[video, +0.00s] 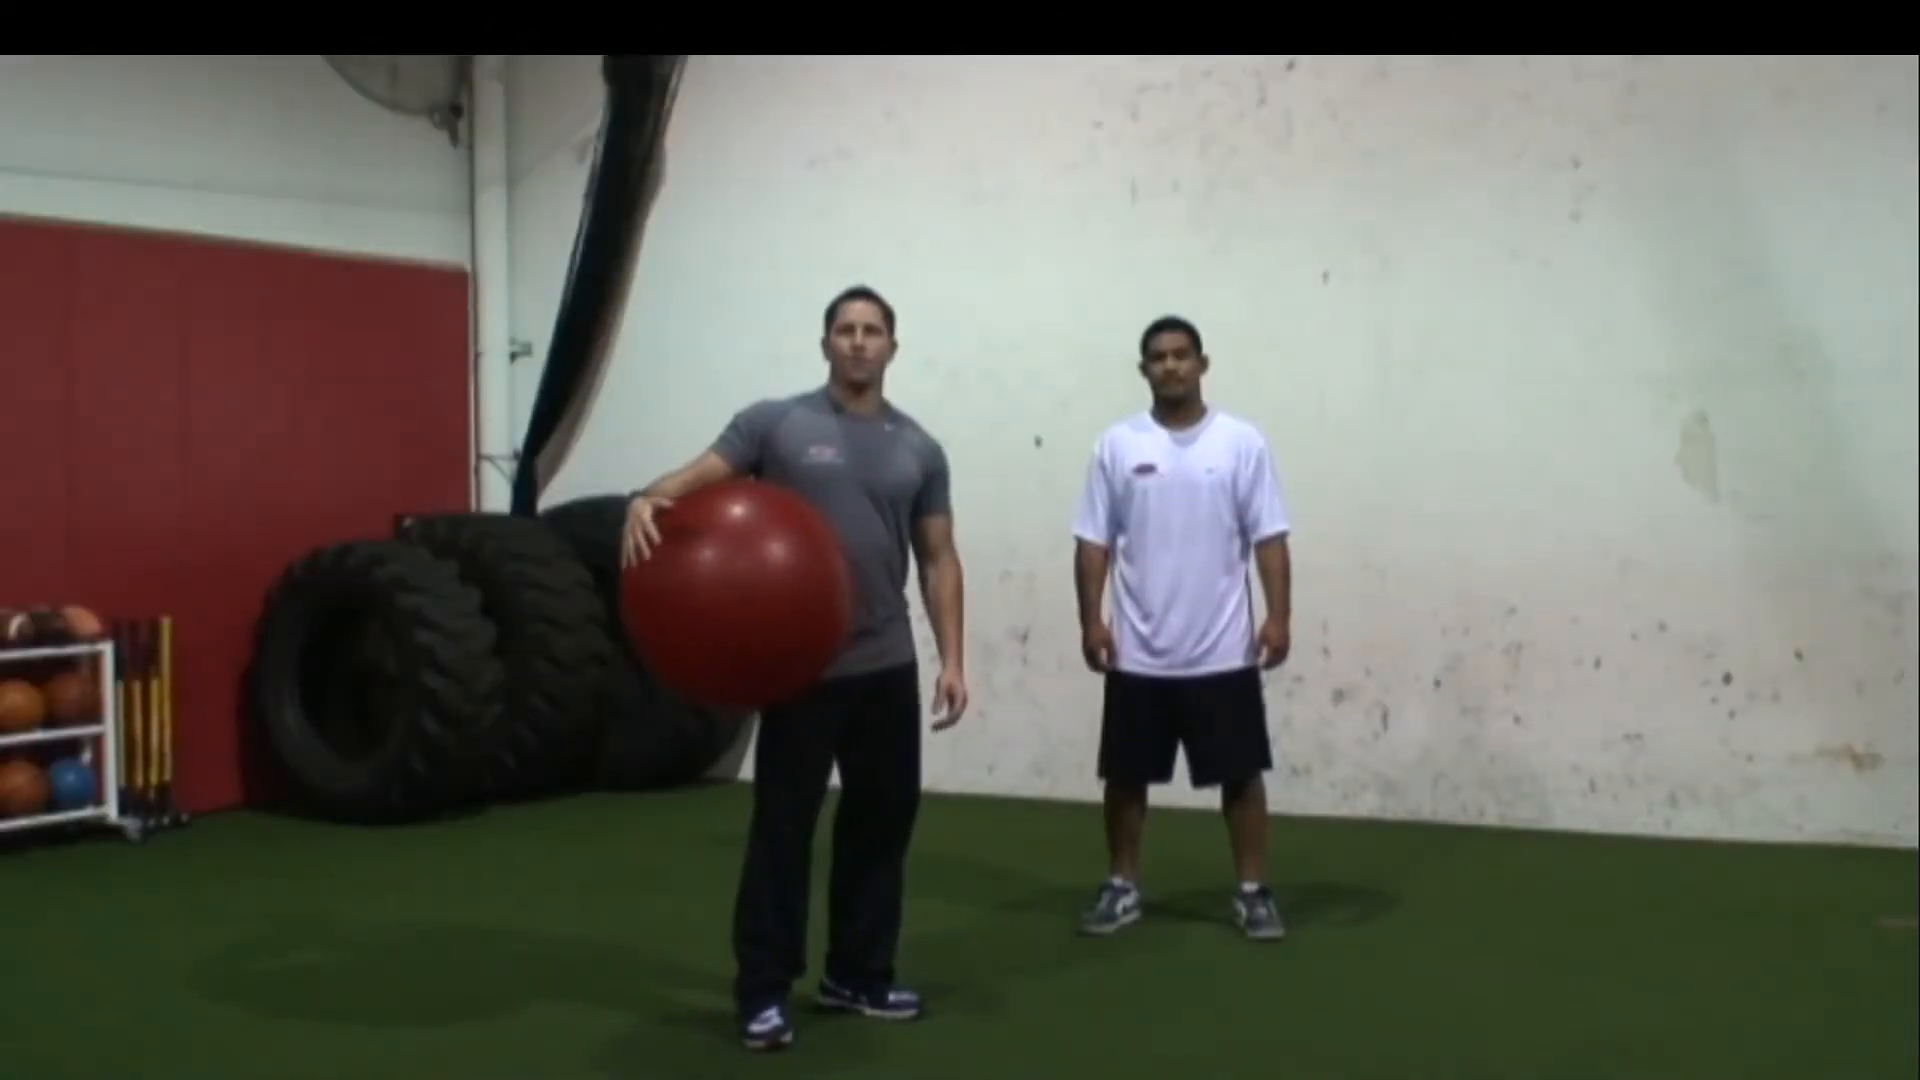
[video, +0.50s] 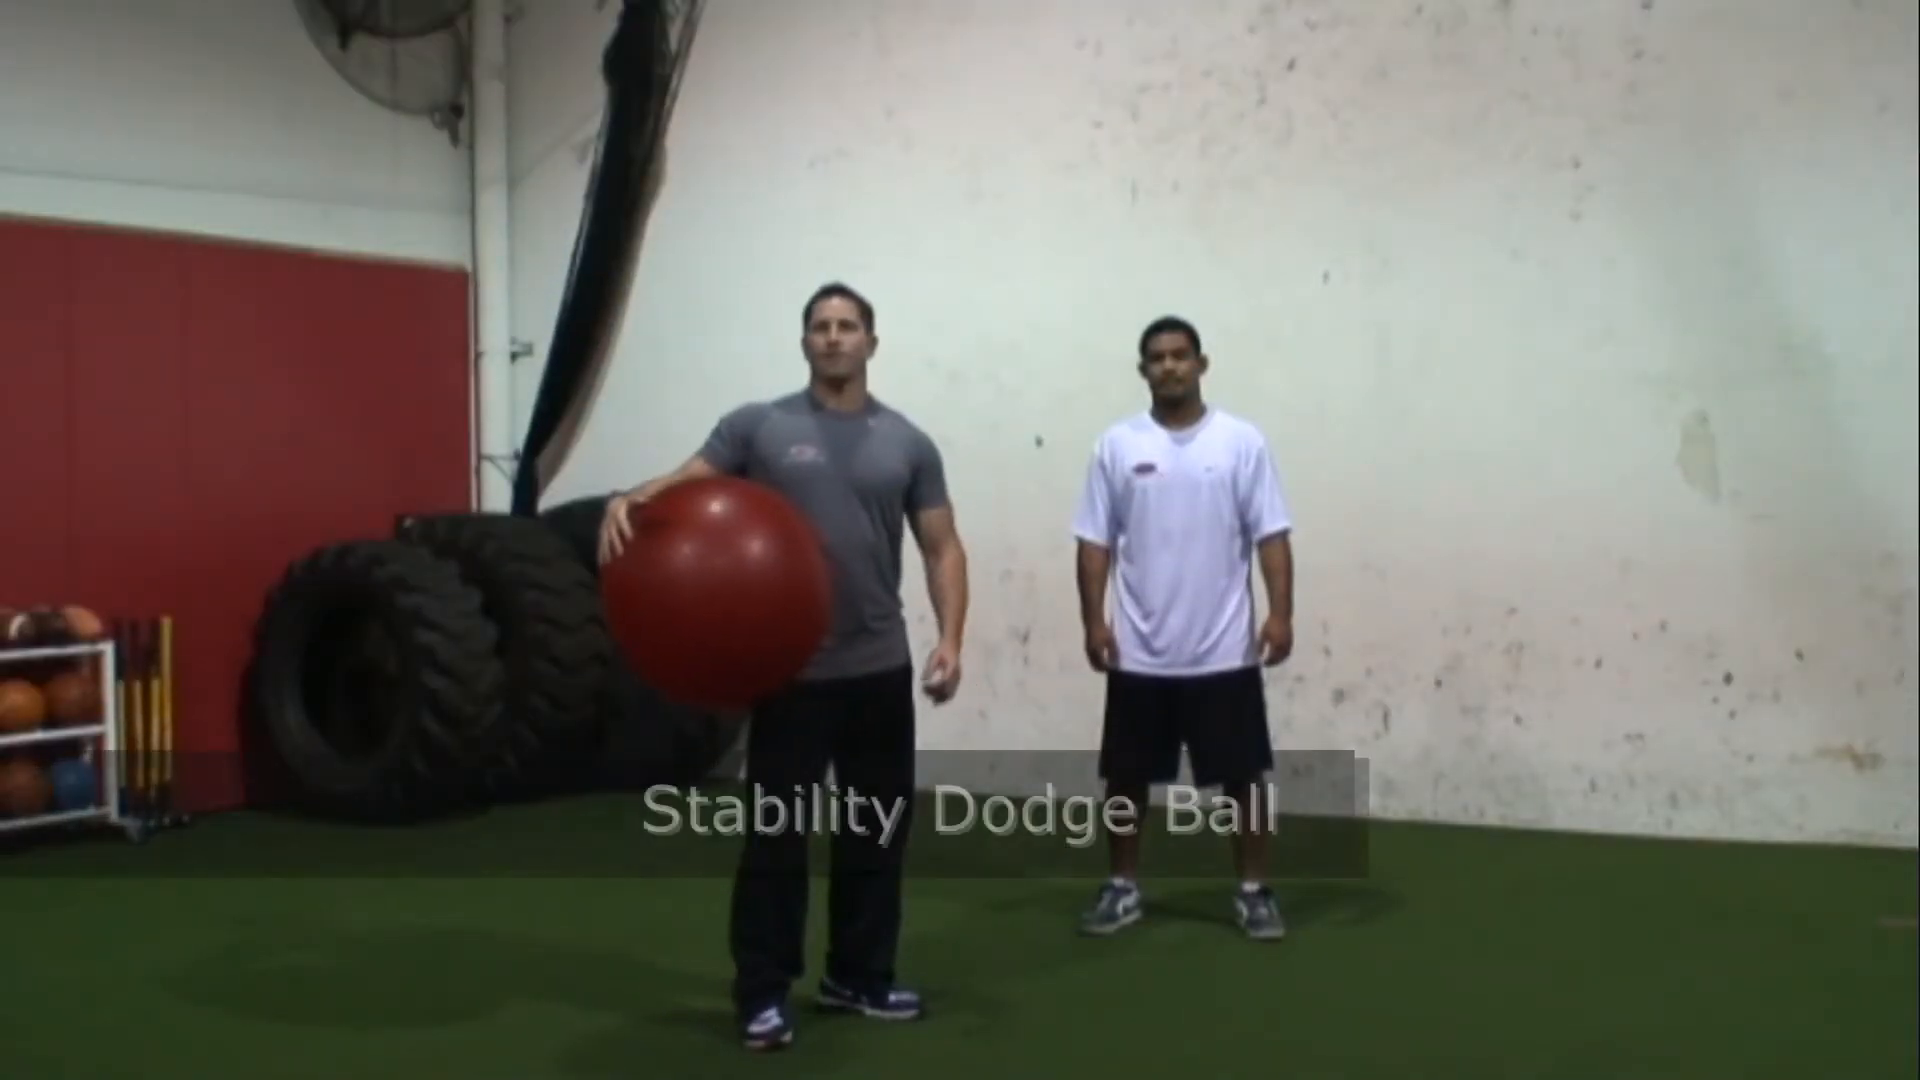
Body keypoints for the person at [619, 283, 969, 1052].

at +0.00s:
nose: (858, 341)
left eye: (872, 331)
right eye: (846, 329)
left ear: (892, 347)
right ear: (825, 343)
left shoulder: (918, 449)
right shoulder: (774, 423)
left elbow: (939, 557)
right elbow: (697, 476)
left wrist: (953, 658)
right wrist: (645, 500)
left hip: (886, 667)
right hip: (798, 669)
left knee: (881, 827)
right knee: (782, 831)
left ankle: (860, 975)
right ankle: (764, 993)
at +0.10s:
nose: (854, 339)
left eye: (868, 329)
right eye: (841, 328)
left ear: (888, 346)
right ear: (821, 343)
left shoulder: (916, 447)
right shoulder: (770, 424)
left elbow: (937, 551)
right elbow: (694, 478)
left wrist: (955, 642)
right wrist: (638, 502)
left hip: (885, 667)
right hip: (796, 668)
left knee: (880, 827)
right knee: (780, 829)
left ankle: (860, 976)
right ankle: (764, 993)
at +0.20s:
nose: (850, 338)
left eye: (864, 328)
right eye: (838, 328)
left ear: (885, 344)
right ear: (817, 343)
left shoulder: (914, 446)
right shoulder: (767, 425)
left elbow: (937, 543)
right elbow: (691, 480)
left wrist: (959, 618)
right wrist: (632, 503)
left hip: (883, 667)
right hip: (792, 669)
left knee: (879, 830)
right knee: (780, 832)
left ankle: (861, 977)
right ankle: (765, 993)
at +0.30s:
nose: (845, 339)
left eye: (859, 328)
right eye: (833, 328)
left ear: (880, 343)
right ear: (813, 343)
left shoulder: (910, 445)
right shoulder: (764, 425)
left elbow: (941, 542)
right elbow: (690, 480)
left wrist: (962, 621)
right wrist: (630, 503)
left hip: (880, 666)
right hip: (790, 669)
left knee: (878, 830)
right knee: (778, 832)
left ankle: (861, 976)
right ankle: (764, 993)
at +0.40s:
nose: (839, 337)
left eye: (852, 326)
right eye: (827, 327)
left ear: (875, 342)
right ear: (808, 343)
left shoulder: (908, 443)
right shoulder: (761, 426)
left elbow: (943, 544)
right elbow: (687, 483)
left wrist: (959, 632)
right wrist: (629, 503)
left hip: (879, 666)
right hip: (788, 669)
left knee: (877, 831)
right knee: (777, 833)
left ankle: (860, 976)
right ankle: (765, 994)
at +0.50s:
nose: (833, 337)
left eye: (847, 326)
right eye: (821, 327)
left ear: (872, 341)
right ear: (804, 343)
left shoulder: (907, 443)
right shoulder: (757, 427)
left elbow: (942, 545)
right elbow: (683, 486)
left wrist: (950, 638)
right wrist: (625, 503)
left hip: (879, 665)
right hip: (787, 668)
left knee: (876, 831)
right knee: (776, 832)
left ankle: (860, 976)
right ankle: (765, 994)